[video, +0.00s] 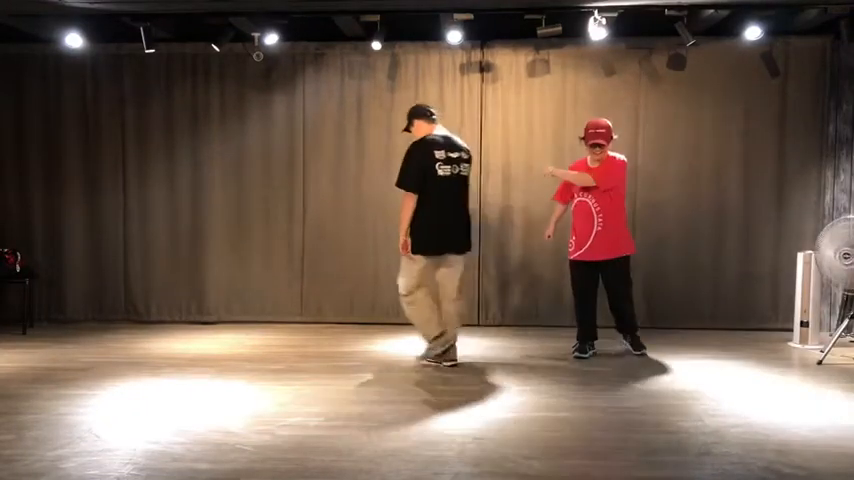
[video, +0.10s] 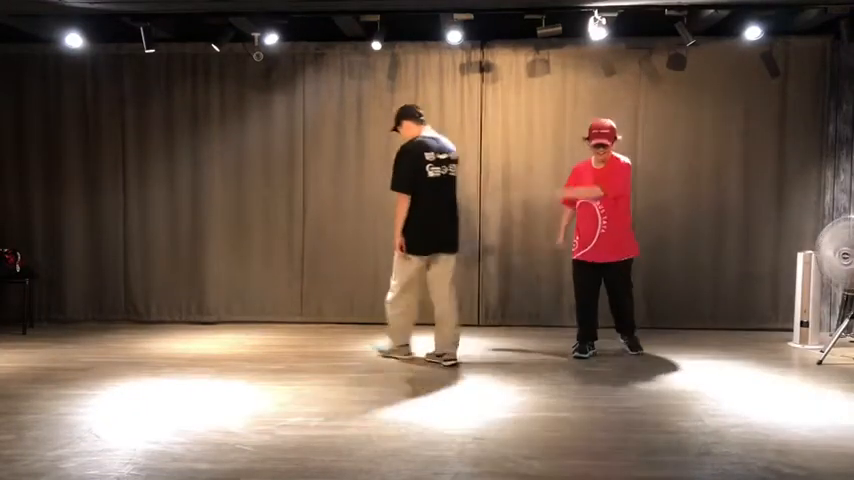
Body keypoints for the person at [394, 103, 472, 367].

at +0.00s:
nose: (412, 135)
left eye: (411, 130)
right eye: (411, 131)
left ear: (417, 123)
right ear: (435, 120)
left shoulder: (421, 147)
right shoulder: (462, 148)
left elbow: (411, 194)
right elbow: (460, 193)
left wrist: (403, 231)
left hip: (425, 233)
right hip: (457, 233)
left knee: (411, 287)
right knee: (450, 293)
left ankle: (437, 339)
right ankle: (448, 351)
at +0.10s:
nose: (400, 136)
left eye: (399, 131)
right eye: (399, 131)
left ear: (406, 125)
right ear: (423, 121)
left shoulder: (410, 149)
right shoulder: (448, 148)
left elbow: (404, 197)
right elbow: (445, 193)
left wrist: (398, 233)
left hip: (416, 235)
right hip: (446, 235)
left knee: (401, 292)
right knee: (444, 295)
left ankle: (399, 344)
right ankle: (446, 350)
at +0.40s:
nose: (360, 136)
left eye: (359, 131)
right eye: (358, 132)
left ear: (367, 127)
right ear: (381, 124)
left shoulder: (371, 154)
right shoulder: (405, 147)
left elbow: (365, 199)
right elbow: (408, 189)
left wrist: (360, 233)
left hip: (379, 231)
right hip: (407, 229)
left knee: (376, 287)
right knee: (408, 280)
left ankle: (377, 340)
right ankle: (429, 324)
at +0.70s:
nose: (328, 136)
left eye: (328, 131)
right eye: (327, 132)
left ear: (336, 127)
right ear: (346, 125)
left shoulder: (339, 153)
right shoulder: (372, 152)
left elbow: (324, 192)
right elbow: (380, 192)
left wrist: (308, 213)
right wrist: (386, 222)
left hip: (346, 232)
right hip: (367, 229)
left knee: (357, 284)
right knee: (345, 280)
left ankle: (375, 337)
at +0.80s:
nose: (316, 139)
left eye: (316, 134)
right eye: (314, 135)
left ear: (326, 129)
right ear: (334, 128)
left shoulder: (329, 155)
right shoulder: (359, 155)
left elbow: (313, 195)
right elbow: (367, 196)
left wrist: (296, 216)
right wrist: (374, 225)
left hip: (336, 234)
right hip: (355, 231)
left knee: (344, 286)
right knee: (333, 281)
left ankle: (374, 336)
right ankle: (323, 328)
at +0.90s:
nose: (304, 138)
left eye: (304, 132)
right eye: (302, 134)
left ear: (315, 127)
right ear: (322, 127)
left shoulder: (321, 153)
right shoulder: (343, 152)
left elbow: (309, 193)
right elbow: (341, 194)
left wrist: (291, 221)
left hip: (323, 233)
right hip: (343, 231)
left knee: (318, 282)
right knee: (331, 283)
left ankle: (363, 324)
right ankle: (323, 329)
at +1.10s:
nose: (285, 133)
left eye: (288, 126)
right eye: (283, 127)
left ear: (302, 124)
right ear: (300, 127)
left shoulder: (307, 153)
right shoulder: (314, 151)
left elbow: (304, 195)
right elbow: (303, 192)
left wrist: (294, 229)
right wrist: (286, 213)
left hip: (303, 232)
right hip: (318, 231)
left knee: (280, 274)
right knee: (316, 280)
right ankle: (325, 328)